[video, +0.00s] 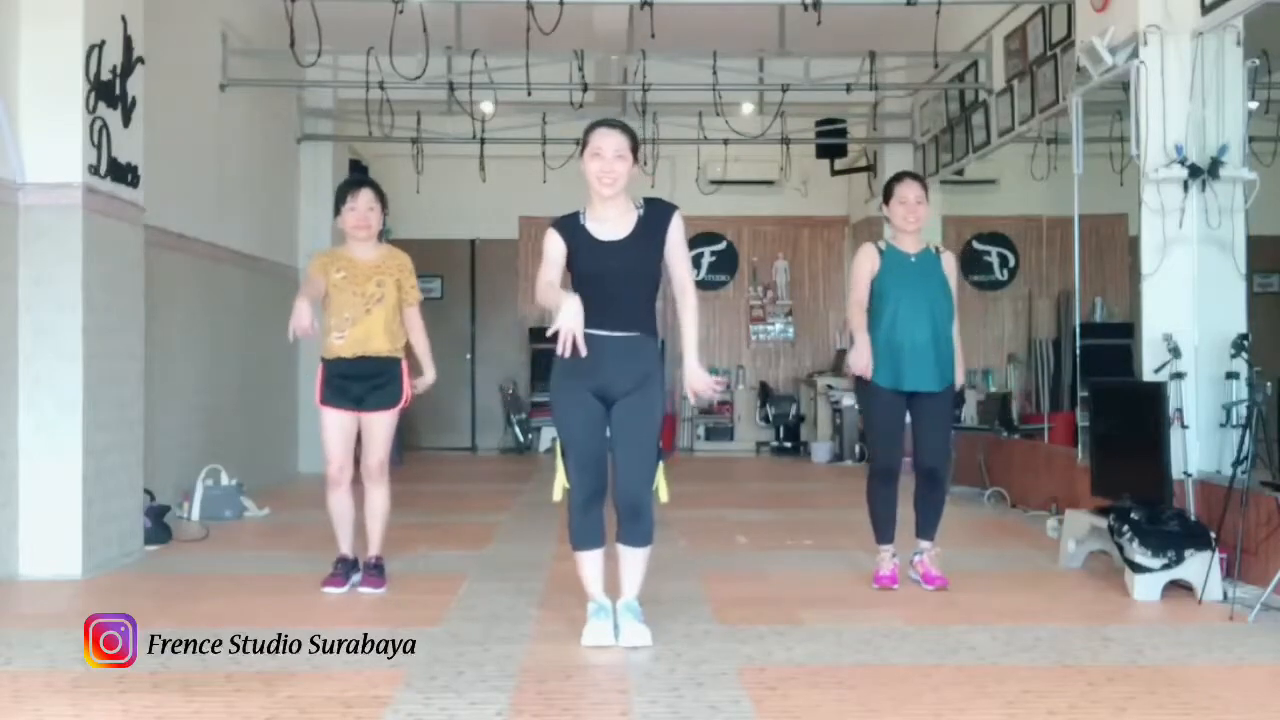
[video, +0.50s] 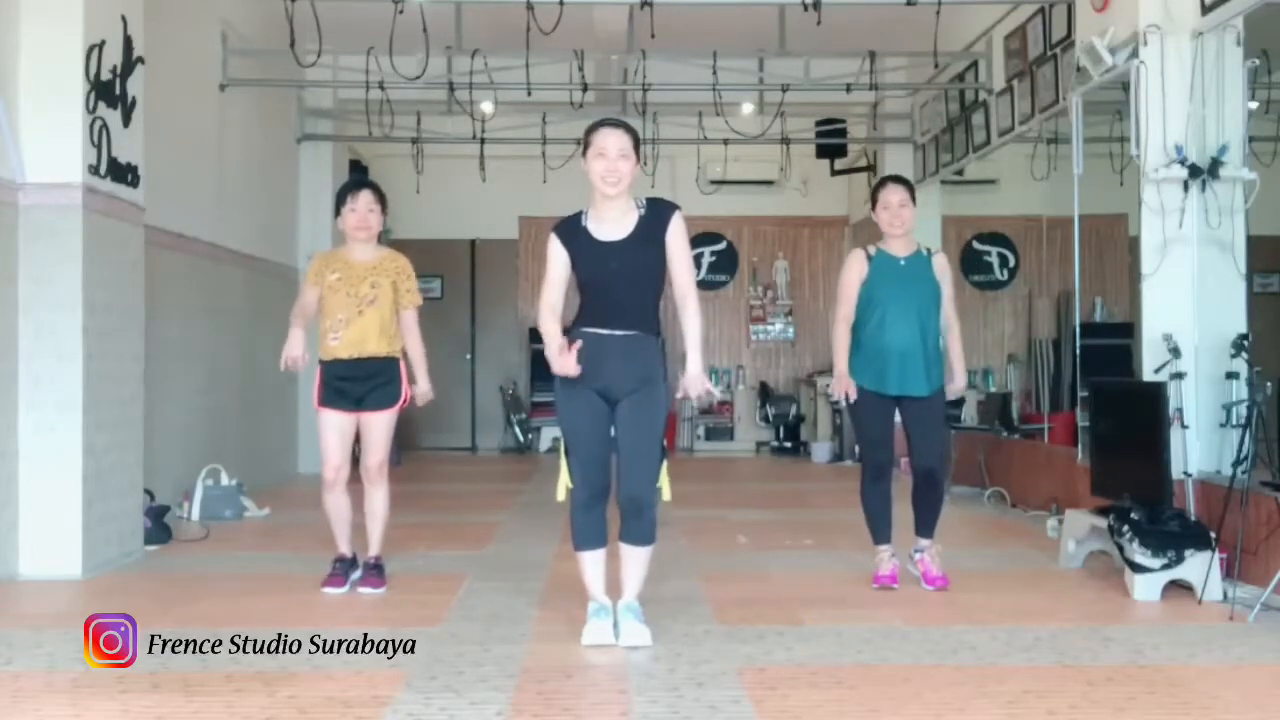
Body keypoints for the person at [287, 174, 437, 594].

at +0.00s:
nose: (361, 216)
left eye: (370, 209)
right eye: (352, 209)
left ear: (382, 217)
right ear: (339, 218)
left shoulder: (398, 262)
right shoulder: (326, 262)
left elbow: (412, 316)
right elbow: (310, 291)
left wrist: (427, 365)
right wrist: (303, 306)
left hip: (386, 370)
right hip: (338, 370)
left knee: (375, 468)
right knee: (337, 470)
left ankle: (373, 559)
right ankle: (345, 558)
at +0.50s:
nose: (362, 216)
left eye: (371, 209)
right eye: (353, 209)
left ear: (383, 218)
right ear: (340, 218)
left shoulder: (397, 265)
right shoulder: (324, 264)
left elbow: (410, 325)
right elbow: (304, 307)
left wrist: (421, 375)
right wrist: (296, 333)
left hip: (384, 371)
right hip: (336, 372)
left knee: (374, 468)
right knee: (334, 472)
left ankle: (373, 559)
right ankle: (343, 557)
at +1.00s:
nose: (355, 218)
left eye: (364, 211)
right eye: (346, 210)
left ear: (376, 219)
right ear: (332, 217)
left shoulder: (387, 262)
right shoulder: (318, 266)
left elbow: (382, 316)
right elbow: (304, 330)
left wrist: (351, 326)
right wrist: (291, 387)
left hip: (367, 371)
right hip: (321, 370)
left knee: (358, 470)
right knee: (333, 471)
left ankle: (371, 558)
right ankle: (345, 560)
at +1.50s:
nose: (356, 220)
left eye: (365, 212)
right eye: (347, 212)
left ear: (376, 218)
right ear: (331, 219)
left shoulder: (390, 262)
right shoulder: (320, 266)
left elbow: (395, 321)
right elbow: (306, 329)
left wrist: (383, 367)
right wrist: (292, 386)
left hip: (370, 368)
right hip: (324, 367)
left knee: (360, 468)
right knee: (335, 468)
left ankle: (372, 558)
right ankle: (346, 560)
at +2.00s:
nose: (371, 219)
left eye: (378, 211)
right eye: (361, 211)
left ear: (388, 216)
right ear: (345, 218)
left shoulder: (405, 259)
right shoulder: (332, 265)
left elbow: (421, 318)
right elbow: (318, 317)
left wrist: (430, 371)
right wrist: (318, 347)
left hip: (390, 368)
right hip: (341, 367)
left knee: (382, 468)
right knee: (346, 468)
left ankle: (393, 561)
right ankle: (349, 560)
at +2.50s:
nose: (367, 229)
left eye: (374, 221)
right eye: (357, 221)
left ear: (384, 225)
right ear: (341, 226)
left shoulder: (399, 268)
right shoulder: (327, 270)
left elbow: (413, 326)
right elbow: (307, 327)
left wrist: (418, 383)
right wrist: (312, 368)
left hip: (382, 372)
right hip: (335, 373)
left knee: (379, 466)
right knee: (341, 469)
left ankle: (393, 554)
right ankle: (349, 559)